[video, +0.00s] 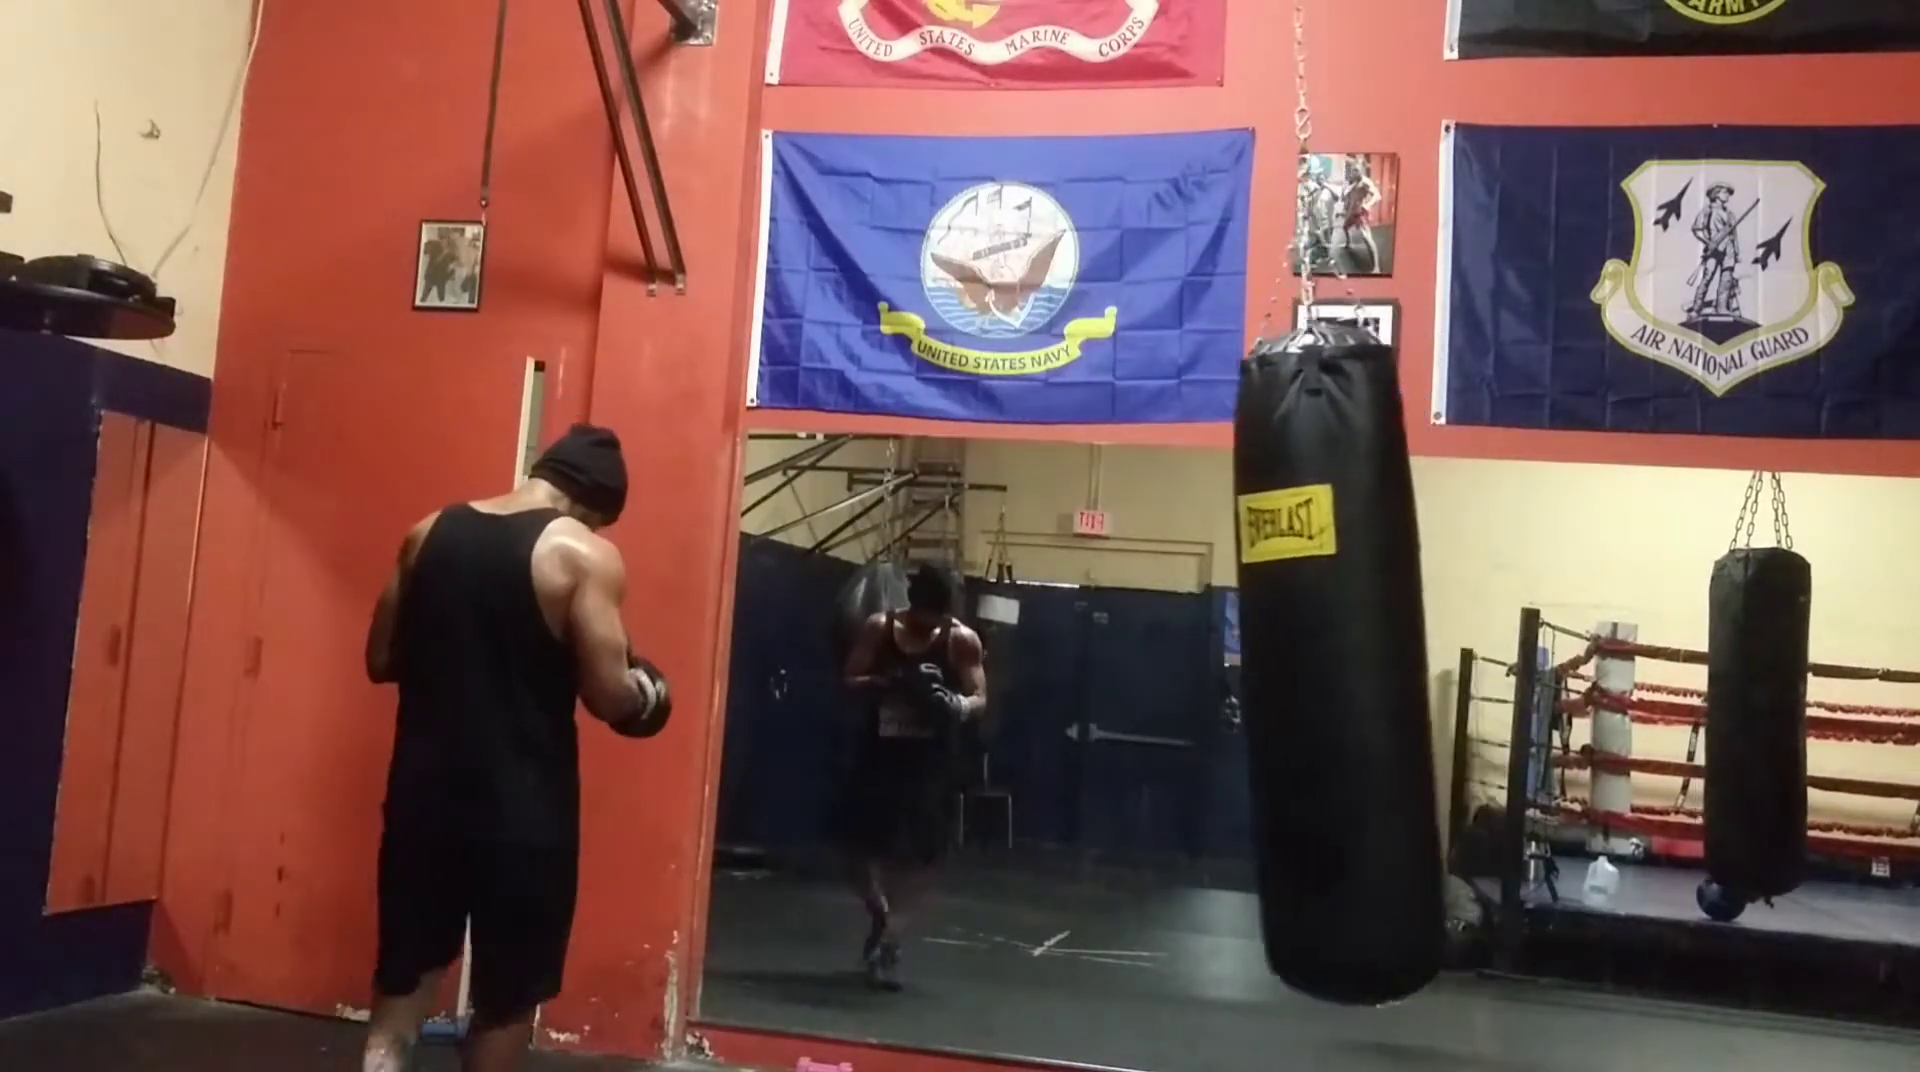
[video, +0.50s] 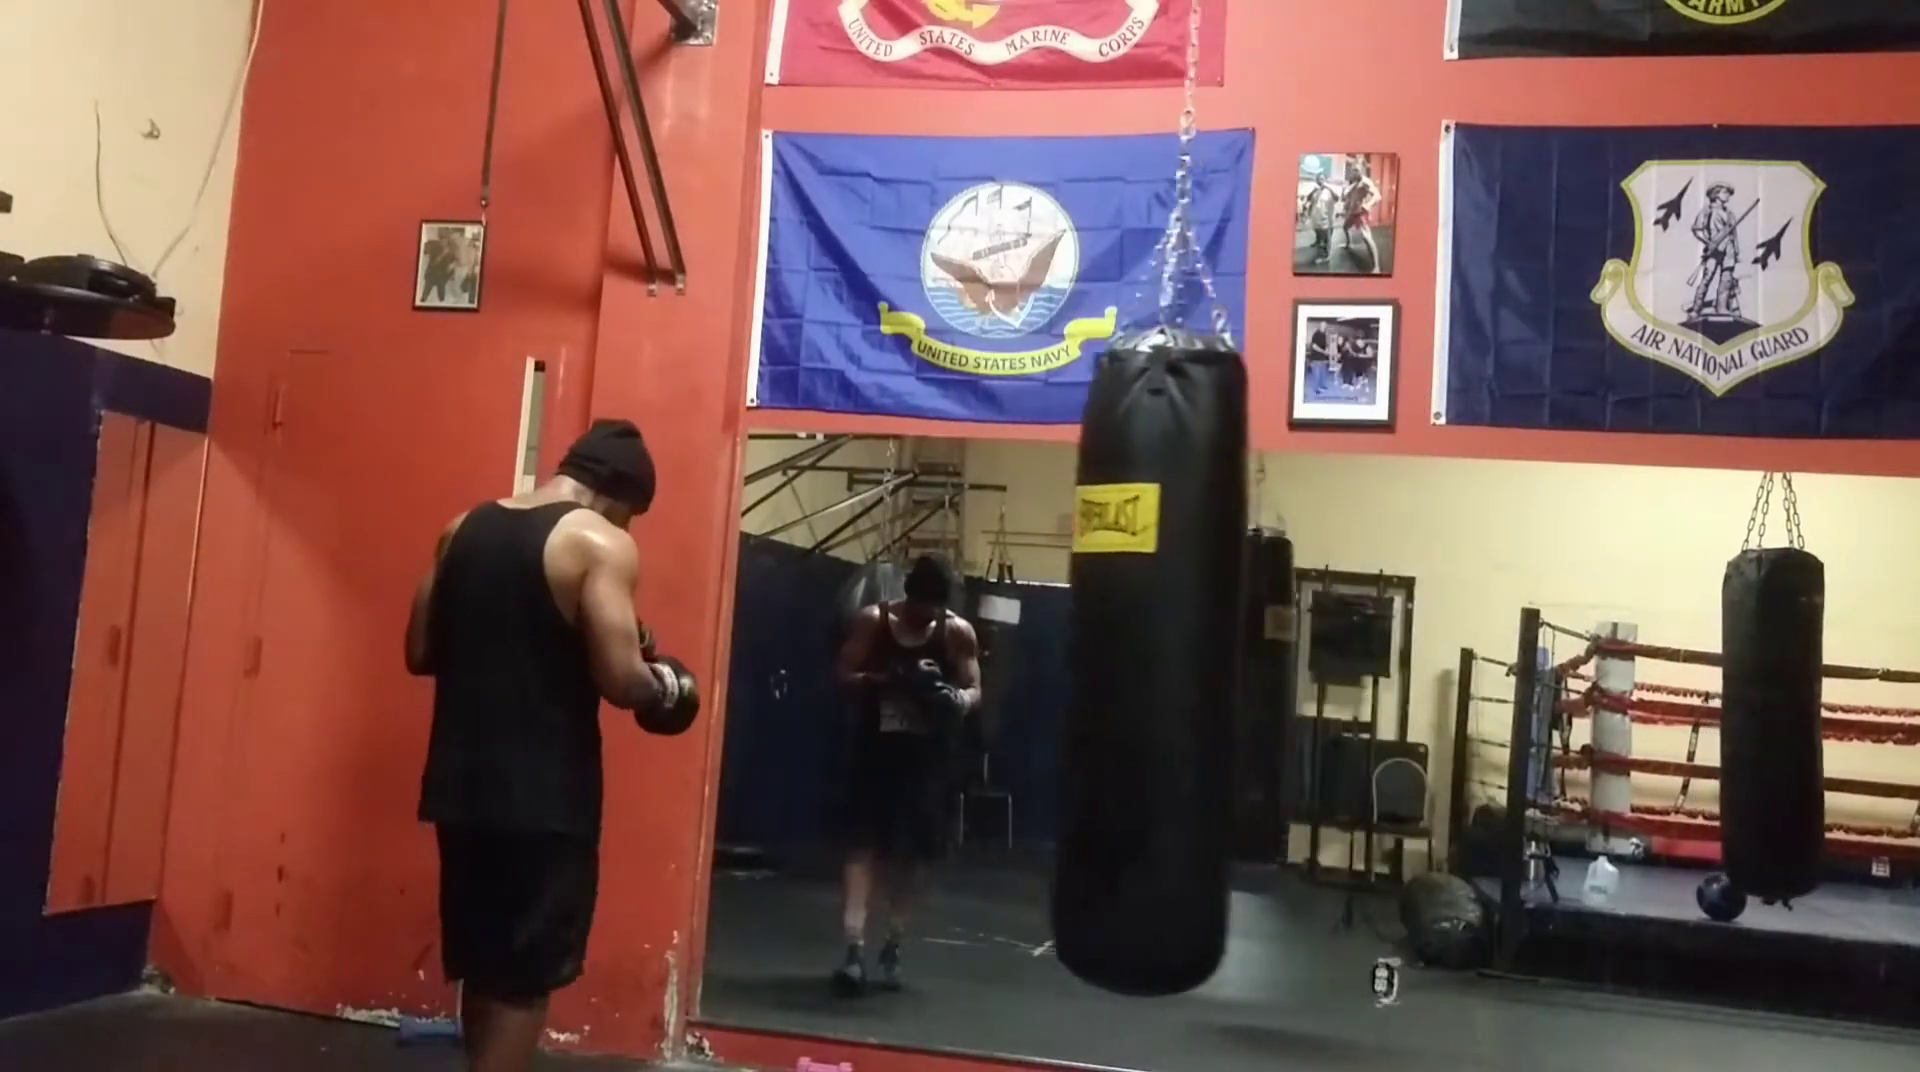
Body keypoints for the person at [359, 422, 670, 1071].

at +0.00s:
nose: (595, 529)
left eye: (597, 517)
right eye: (600, 518)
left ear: (538, 471)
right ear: (600, 506)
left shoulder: (431, 531)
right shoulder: (586, 553)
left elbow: (382, 661)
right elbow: (611, 698)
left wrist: (463, 635)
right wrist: (649, 695)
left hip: (424, 802)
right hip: (525, 815)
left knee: (400, 992)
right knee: (506, 1011)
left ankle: (381, 1061)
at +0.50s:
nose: (624, 526)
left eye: (629, 514)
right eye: (629, 513)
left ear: (567, 471)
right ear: (620, 492)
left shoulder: (467, 526)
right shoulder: (602, 542)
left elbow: (421, 654)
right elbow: (620, 678)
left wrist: (507, 635)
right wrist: (660, 684)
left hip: (464, 793)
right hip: (546, 802)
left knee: (481, 976)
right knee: (522, 987)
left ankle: (485, 1064)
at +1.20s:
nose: (659, 543)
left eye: (665, 531)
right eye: (663, 529)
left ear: (602, 491)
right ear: (648, 508)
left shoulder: (512, 541)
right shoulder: (626, 555)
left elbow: (461, 661)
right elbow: (642, 680)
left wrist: (555, 641)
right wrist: (687, 695)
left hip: (490, 786)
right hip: (576, 791)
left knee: (512, 961)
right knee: (605, 950)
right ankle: (525, 1061)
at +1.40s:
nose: (674, 542)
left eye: (681, 530)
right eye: (678, 528)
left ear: (620, 492)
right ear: (659, 508)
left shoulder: (532, 540)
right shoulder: (635, 554)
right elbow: (647, 672)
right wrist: (698, 692)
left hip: (508, 766)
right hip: (591, 771)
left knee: (528, 933)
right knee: (664, 919)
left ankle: (514, 1063)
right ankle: (589, 1052)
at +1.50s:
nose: (688, 539)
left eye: (695, 527)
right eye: (692, 525)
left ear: (634, 489)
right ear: (674, 507)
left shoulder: (551, 538)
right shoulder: (640, 550)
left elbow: (566, 644)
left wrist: (660, 636)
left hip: (518, 767)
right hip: (599, 774)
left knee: (527, 943)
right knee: (655, 932)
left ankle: (513, 1065)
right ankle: (646, 1064)